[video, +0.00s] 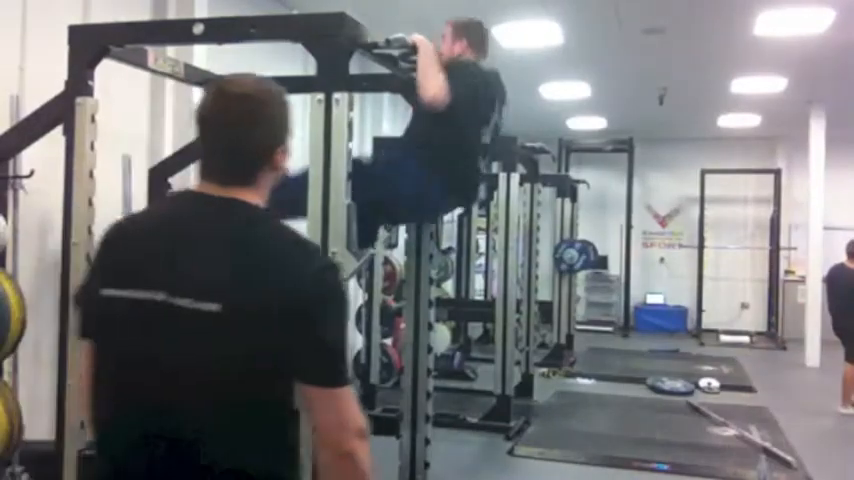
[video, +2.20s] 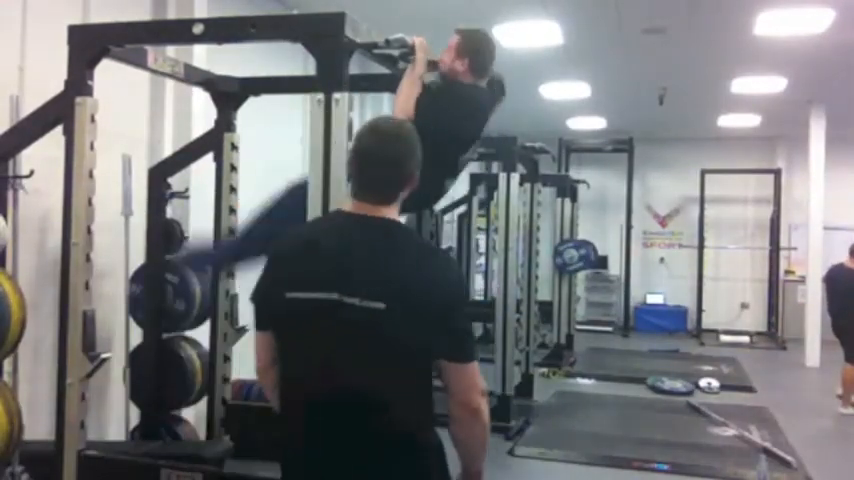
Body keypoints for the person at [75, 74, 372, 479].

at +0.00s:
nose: (289, 154)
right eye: (288, 144)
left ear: (202, 143)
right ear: (279, 157)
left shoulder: (124, 241)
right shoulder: (301, 268)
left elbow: (94, 393)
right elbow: (343, 442)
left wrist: (112, 452)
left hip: (131, 467)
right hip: (251, 467)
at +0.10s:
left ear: (233, 147)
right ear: (312, 161)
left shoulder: (156, 239)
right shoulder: (330, 269)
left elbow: (126, 388)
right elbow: (373, 440)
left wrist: (155, 449)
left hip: (163, 467)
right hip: (277, 466)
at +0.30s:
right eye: (362, 153)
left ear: (283, 146)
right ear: (355, 164)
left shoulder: (200, 236)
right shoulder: (367, 274)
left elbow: (161, 376)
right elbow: (412, 435)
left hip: (198, 464)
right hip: (311, 465)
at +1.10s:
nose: (322, 178)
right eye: (322, 169)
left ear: (252, 166)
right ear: (313, 173)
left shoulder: (186, 256)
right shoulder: (342, 257)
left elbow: (170, 382)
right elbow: (385, 390)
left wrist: (203, 450)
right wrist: (400, 466)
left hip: (219, 465)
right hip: (316, 464)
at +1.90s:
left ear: (296, 169)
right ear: (357, 182)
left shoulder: (235, 257)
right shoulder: (384, 264)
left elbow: (212, 376)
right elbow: (424, 394)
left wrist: (225, 453)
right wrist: (434, 471)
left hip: (265, 459)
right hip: (358, 462)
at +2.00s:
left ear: (317, 172)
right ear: (377, 183)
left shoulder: (258, 253)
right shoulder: (405, 266)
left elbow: (232, 377)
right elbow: (442, 398)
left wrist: (253, 450)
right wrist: (451, 471)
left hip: (283, 461)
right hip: (376, 463)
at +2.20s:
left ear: (350, 169)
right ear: (411, 184)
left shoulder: (291, 249)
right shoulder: (434, 269)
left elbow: (266, 366)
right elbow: (468, 402)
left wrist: (300, 420)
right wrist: (472, 471)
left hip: (311, 455)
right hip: (401, 460)